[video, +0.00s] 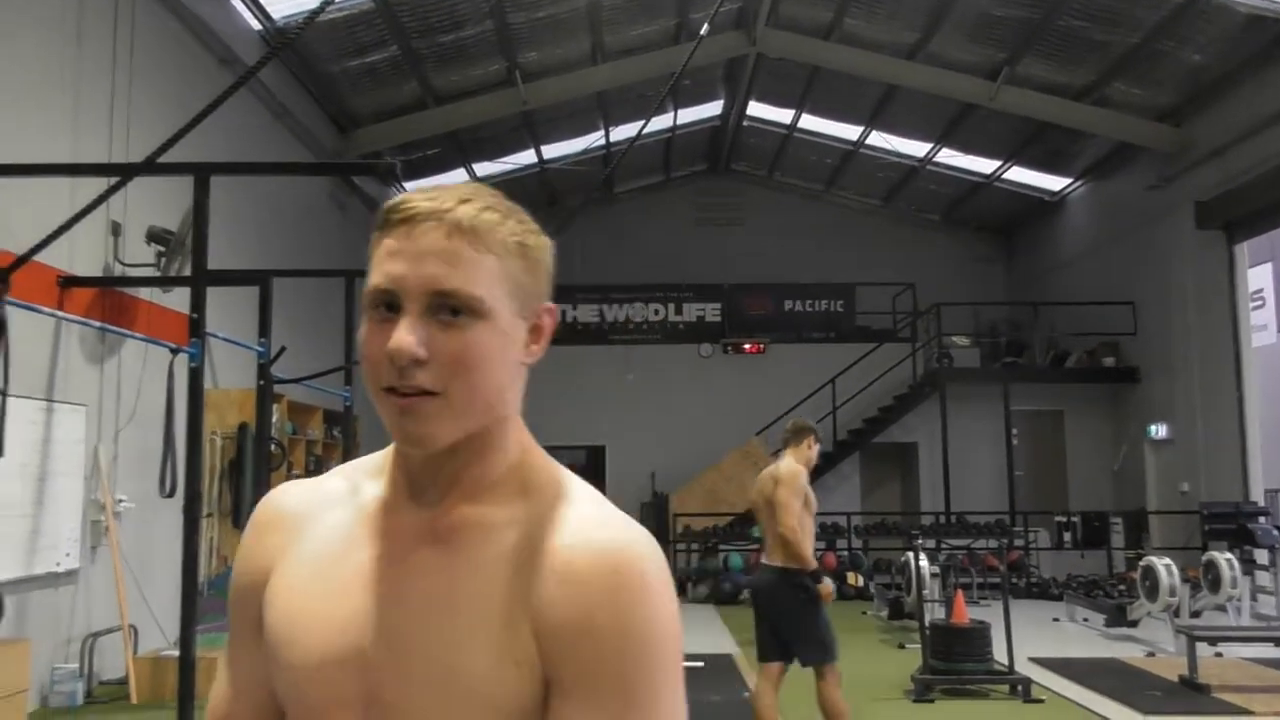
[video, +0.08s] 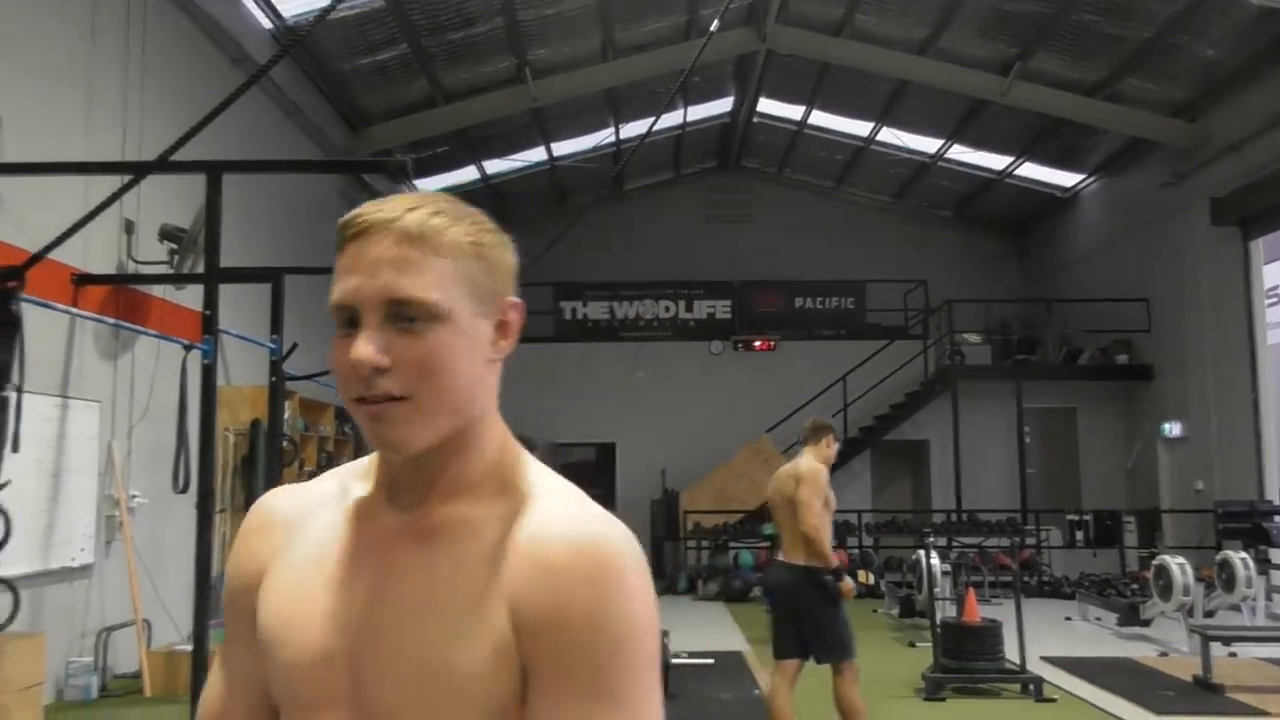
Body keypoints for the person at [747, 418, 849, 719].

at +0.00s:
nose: (816, 457)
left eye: (817, 451)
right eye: (817, 450)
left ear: (787, 444)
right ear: (809, 443)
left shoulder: (764, 476)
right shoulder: (793, 472)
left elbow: (770, 533)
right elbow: (788, 528)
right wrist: (816, 574)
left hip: (766, 578)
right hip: (793, 580)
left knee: (771, 670)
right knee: (828, 671)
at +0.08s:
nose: (836, 454)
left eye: (837, 448)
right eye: (836, 447)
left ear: (806, 442)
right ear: (827, 442)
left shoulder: (780, 475)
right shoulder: (814, 470)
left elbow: (785, 531)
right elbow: (810, 527)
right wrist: (838, 573)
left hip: (782, 575)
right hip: (810, 578)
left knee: (787, 667)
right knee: (845, 668)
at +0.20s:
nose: (873, 450)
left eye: (874, 444)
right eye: (873, 443)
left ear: (844, 436)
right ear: (864, 438)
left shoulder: (817, 470)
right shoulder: (856, 468)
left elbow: (817, 525)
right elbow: (858, 525)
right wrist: (881, 571)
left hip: (821, 568)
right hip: (853, 573)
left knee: (822, 662)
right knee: (873, 668)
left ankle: (811, 712)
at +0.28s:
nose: (916, 442)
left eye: (917, 436)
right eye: (915, 435)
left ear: (885, 430)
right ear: (907, 431)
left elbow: (855, 518)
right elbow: (909, 519)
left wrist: (866, 548)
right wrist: (928, 569)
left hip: (867, 560)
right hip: (900, 562)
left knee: (866, 650)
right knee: (912, 656)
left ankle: (850, 711)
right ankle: (918, 712)